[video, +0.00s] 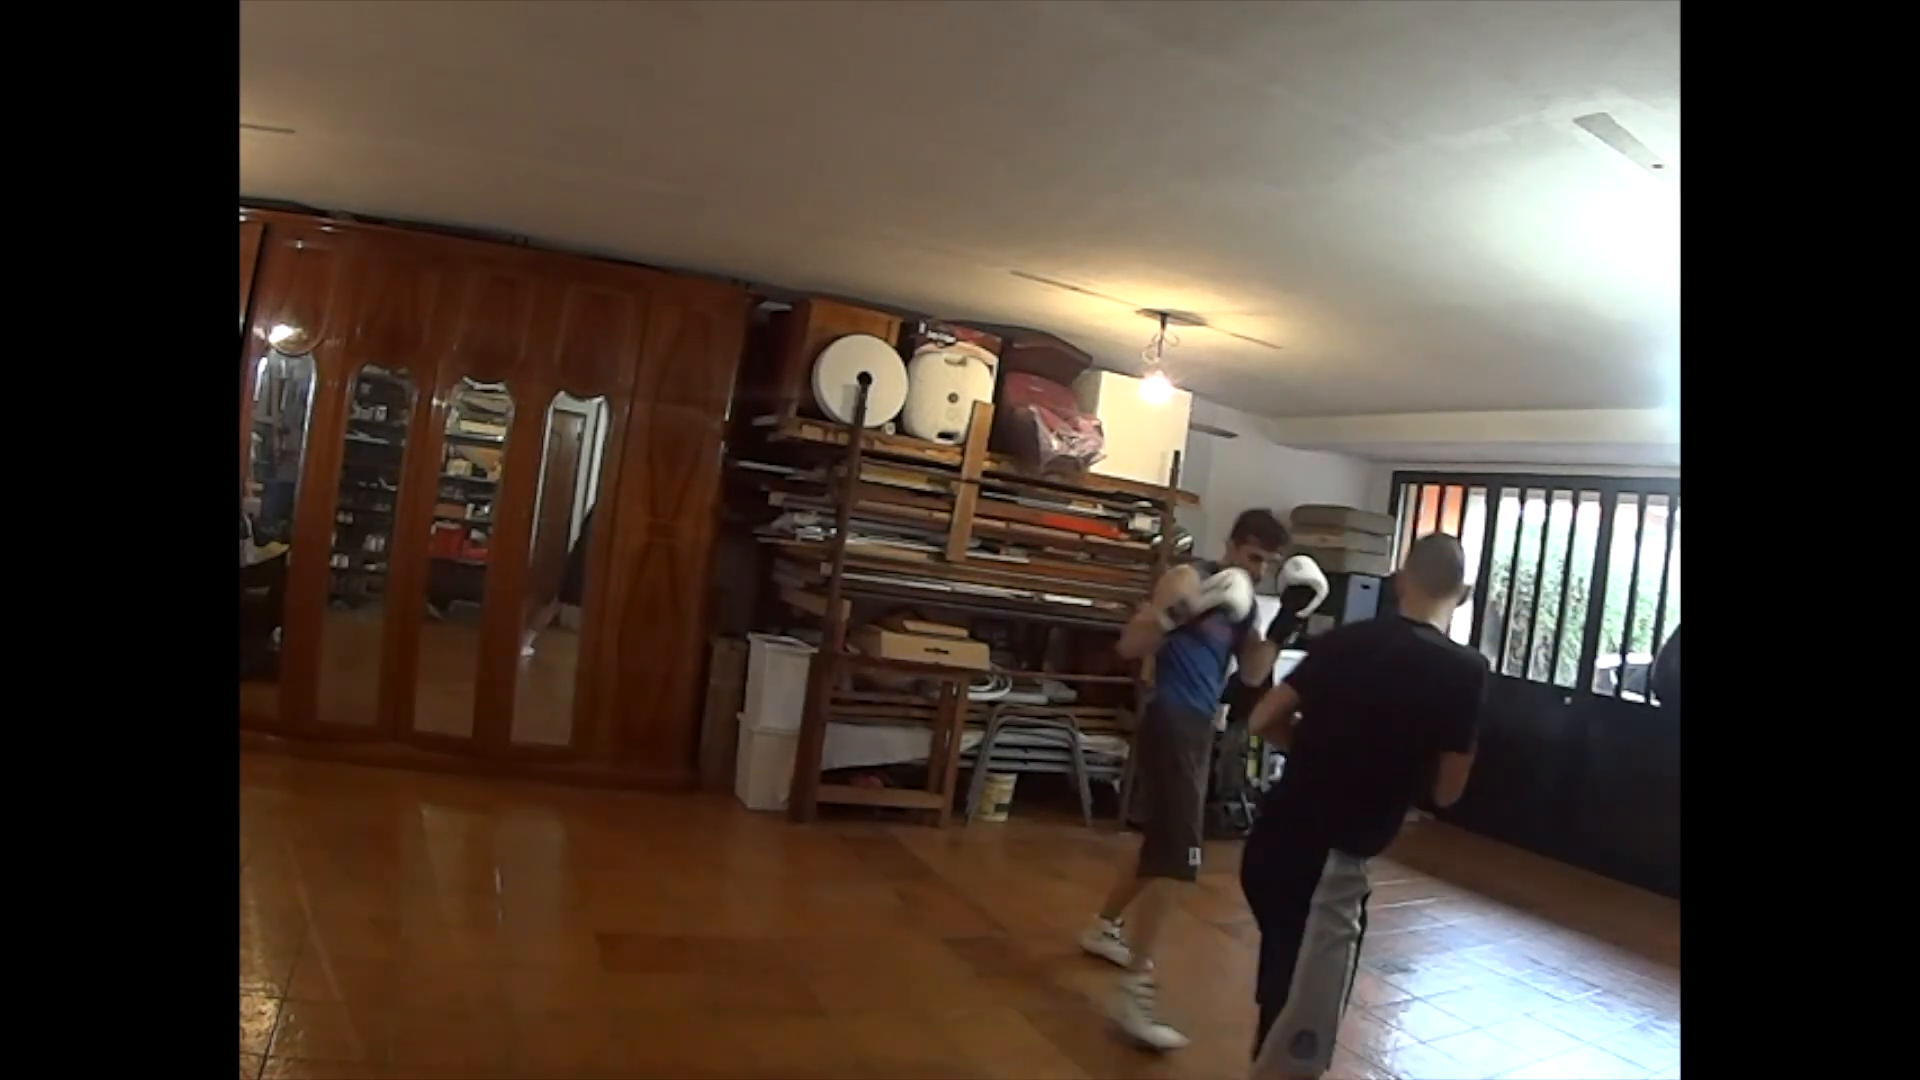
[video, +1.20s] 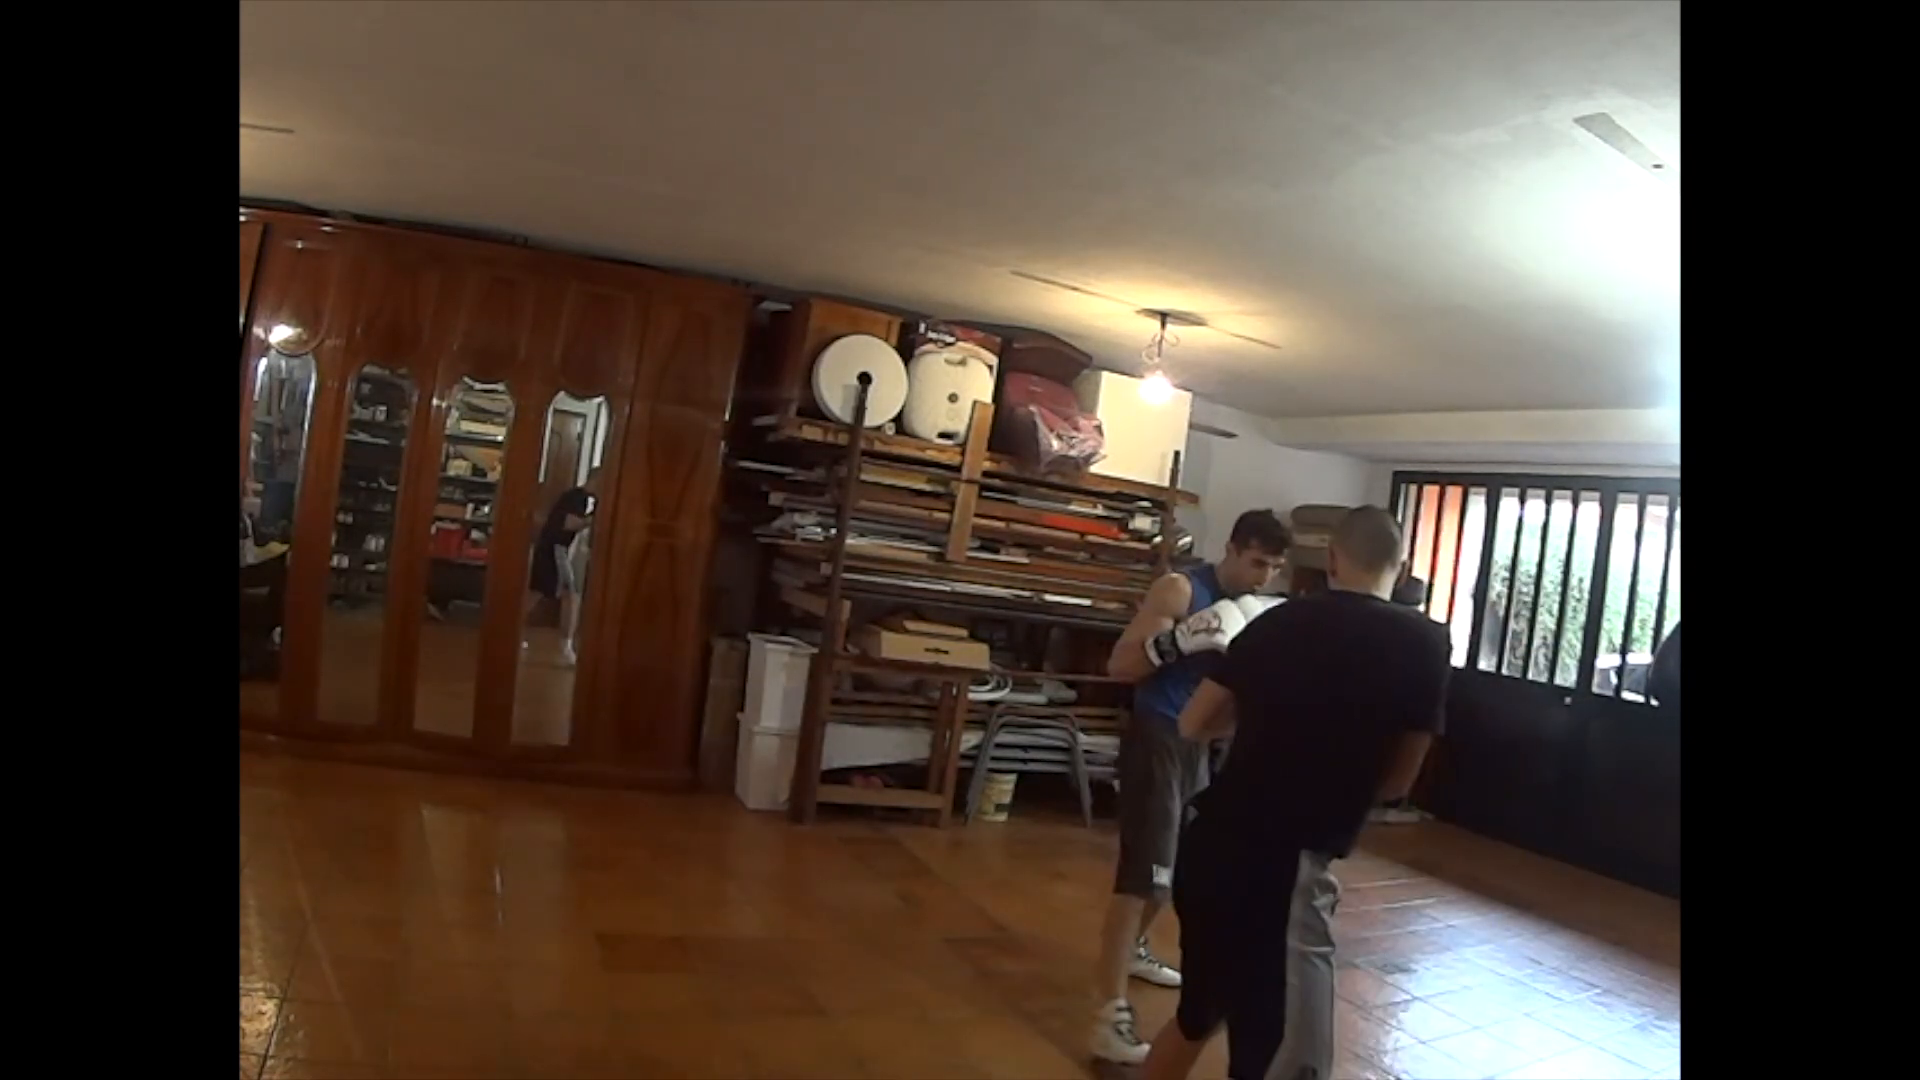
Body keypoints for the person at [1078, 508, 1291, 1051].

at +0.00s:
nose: (1258, 566)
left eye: (1268, 561)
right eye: (1253, 554)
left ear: (1272, 565)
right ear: (1231, 543)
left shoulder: (1246, 606)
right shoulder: (1187, 579)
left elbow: (1254, 673)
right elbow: (1131, 645)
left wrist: (1286, 612)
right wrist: (1183, 608)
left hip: (1197, 729)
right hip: (1170, 723)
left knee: (1163, 843)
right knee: (1174, 857)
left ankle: (1105, 923)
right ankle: (1136, 991)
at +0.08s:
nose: (1251, 564)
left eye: (1260, 557)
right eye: (1245, 551)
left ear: (1263, 558)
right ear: (1222, 541)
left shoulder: (1236, 598)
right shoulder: (1179, 577)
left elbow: (1246, 675)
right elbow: (1118, 645)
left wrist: (1282, 614)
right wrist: (1168, 614)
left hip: (1192, 729)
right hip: (1164, 723)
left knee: (1154, 843)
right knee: (1168, 859)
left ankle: (1107, 931)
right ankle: (1094, 981)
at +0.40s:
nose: (1197, 579)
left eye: (1206, 568)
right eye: (1187, 567)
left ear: (1216, 563)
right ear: (1165, 554)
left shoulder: (1222, 600)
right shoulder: (1127, 591)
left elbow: (1226, 665)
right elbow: (1088, 675)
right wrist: (1124, 664)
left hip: (1172, 741)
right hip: (1118, 735)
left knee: (1157, 855)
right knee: (1090, 861)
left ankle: (1108, 927)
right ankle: (1040, 977)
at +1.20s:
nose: (1262, 575)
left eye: (1271, 566)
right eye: (1256, 561)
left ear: (1276, 567)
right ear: (1230, 549)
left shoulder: (1249, 607)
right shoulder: (1178, 589)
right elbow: (1121, 666)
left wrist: (1249, 645)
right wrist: (1179, 638)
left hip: (1205, 743)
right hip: (1158, 737)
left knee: (1175, 860)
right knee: (1141, 875)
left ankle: (1136, 945)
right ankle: (1110, 1012)